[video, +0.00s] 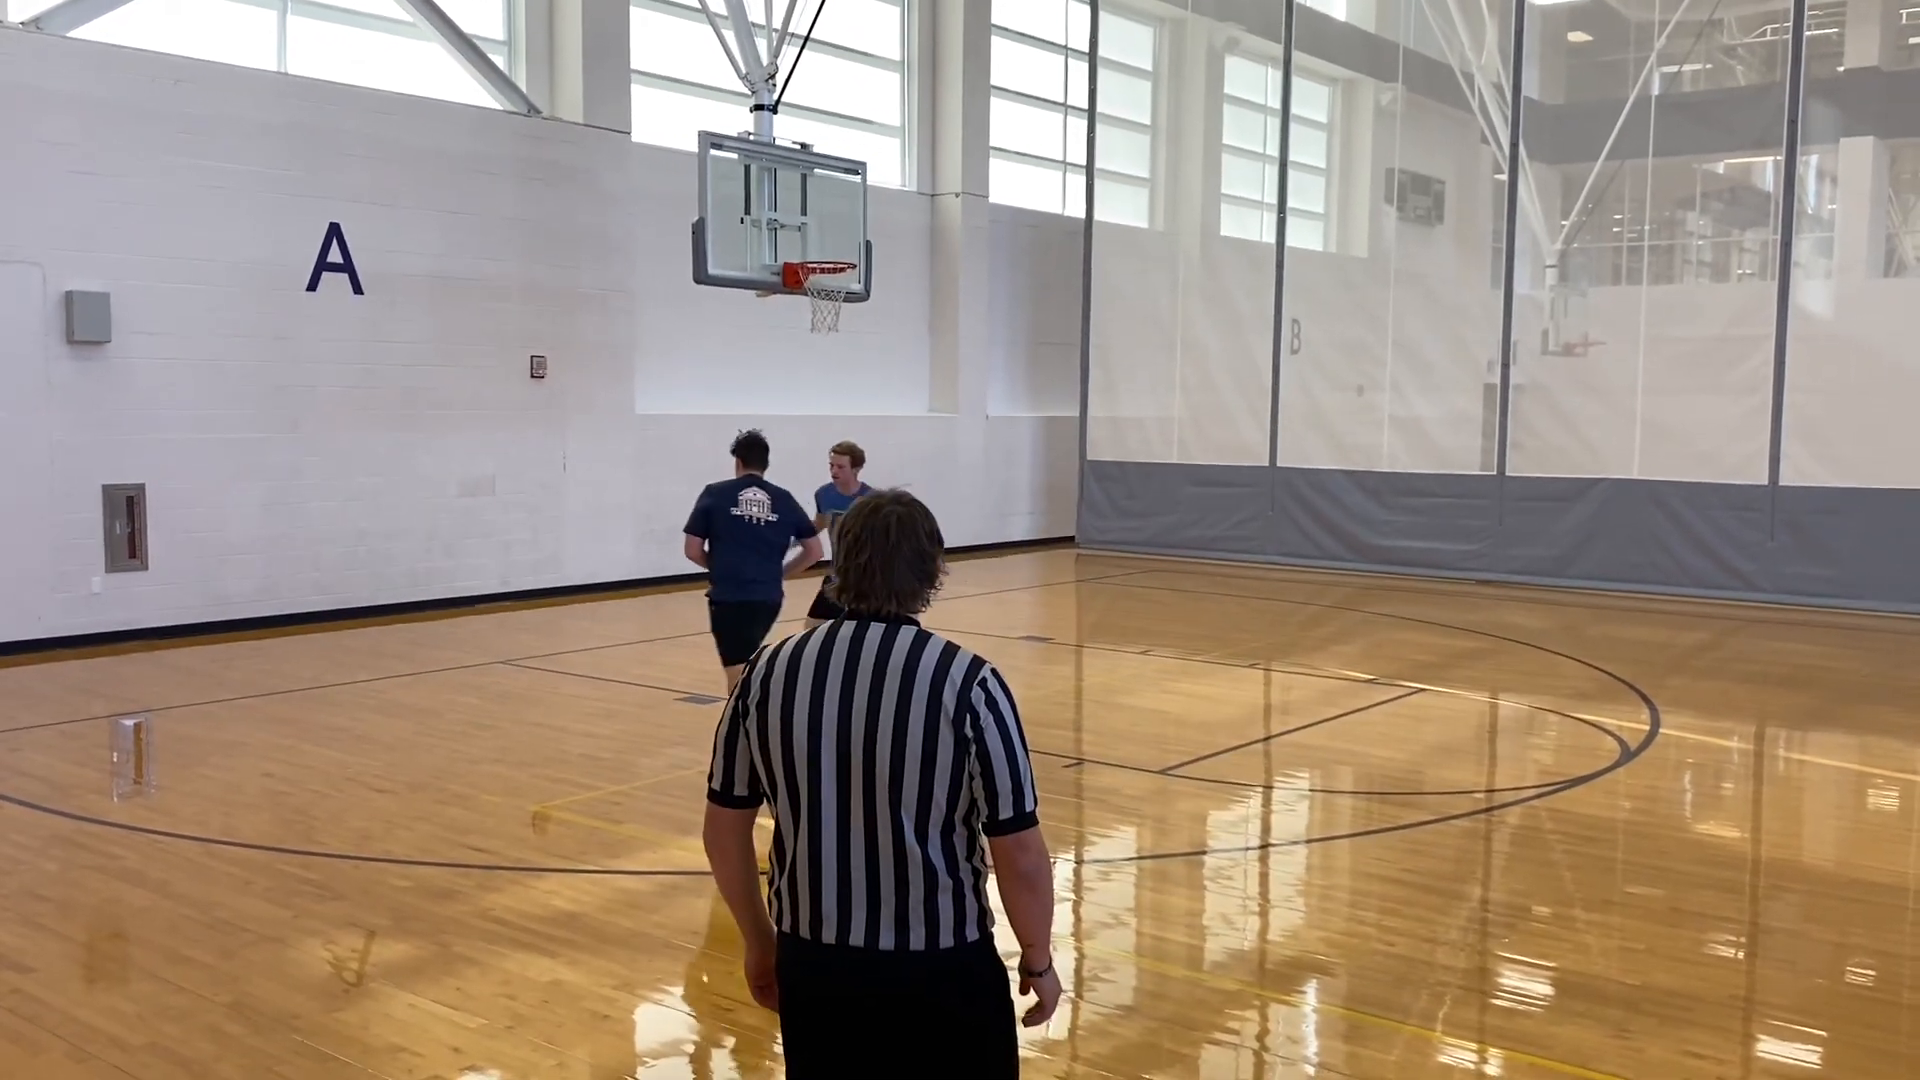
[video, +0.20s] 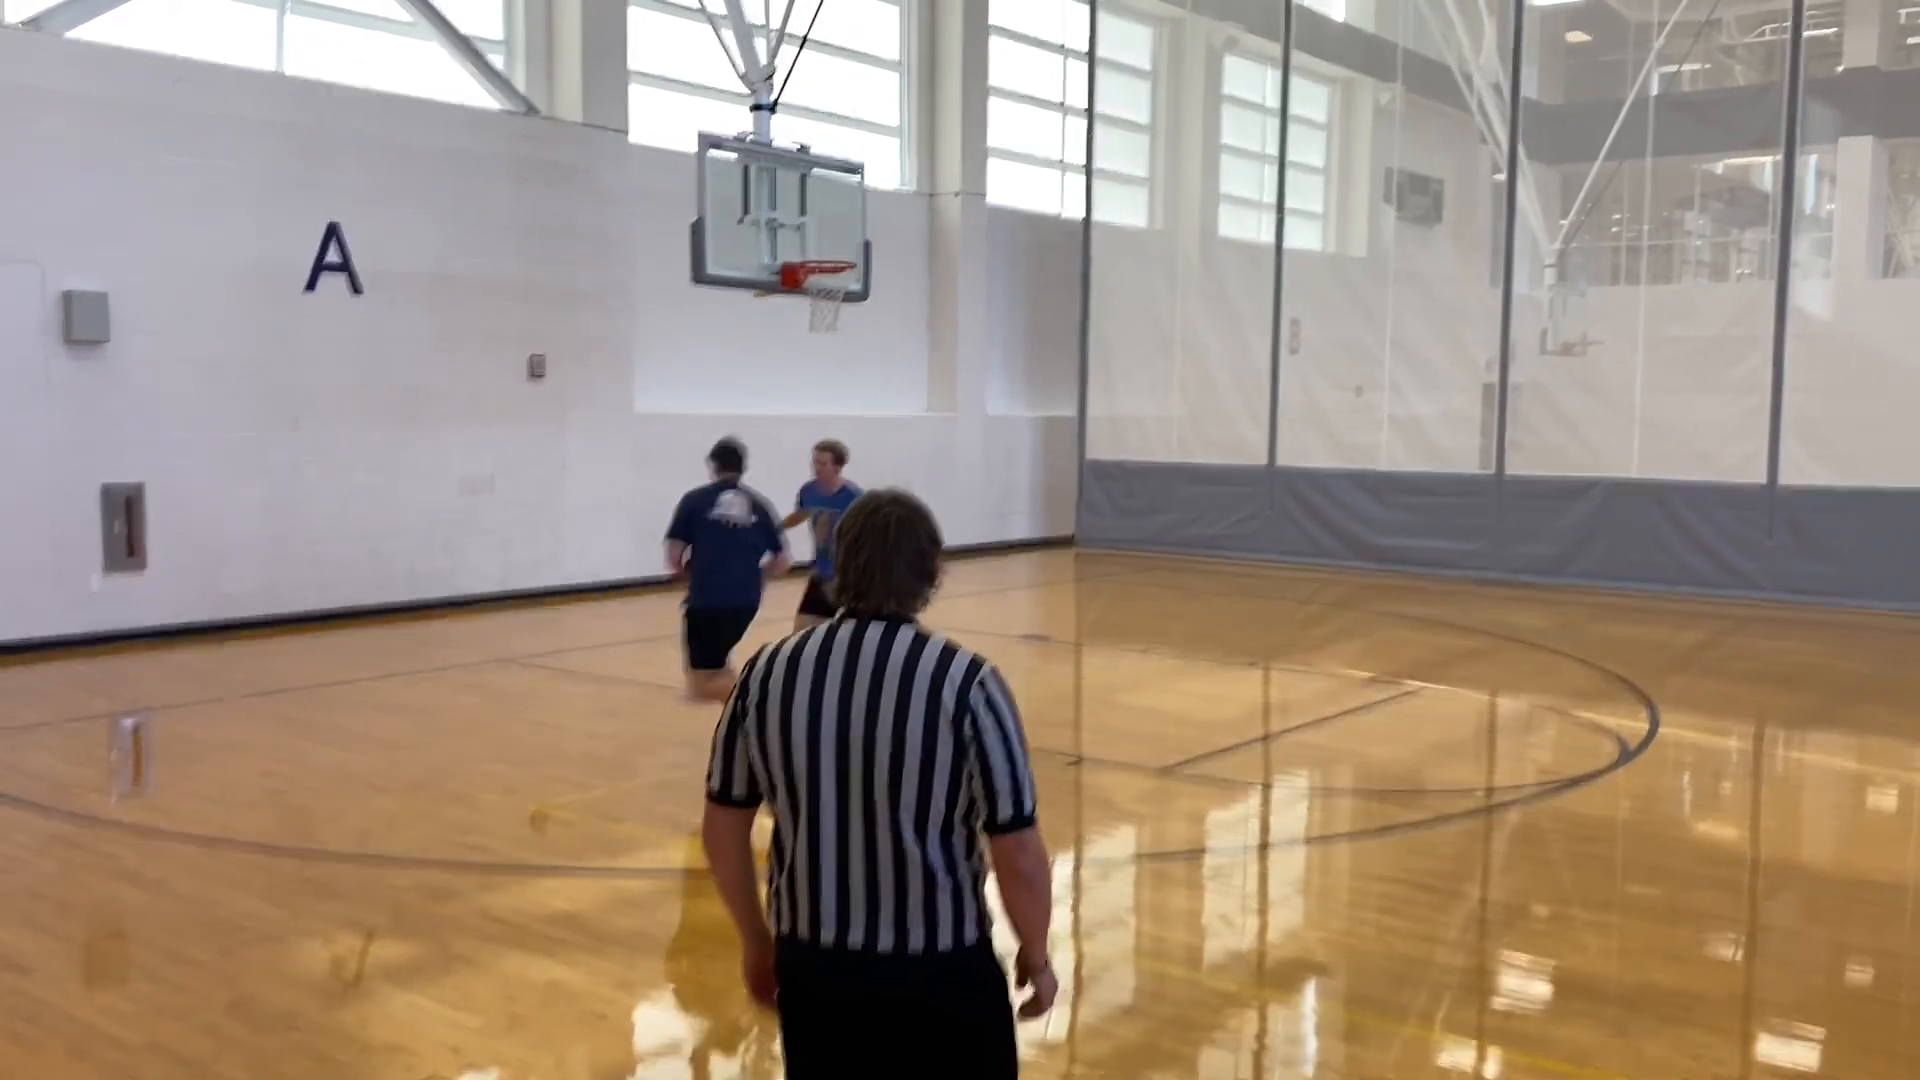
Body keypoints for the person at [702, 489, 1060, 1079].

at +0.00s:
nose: (940, 573)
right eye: (936, 561)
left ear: (841, 565)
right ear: (929, 571)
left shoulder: (768, 668)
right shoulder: (968, 681)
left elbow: (724, 828)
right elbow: (1019, 852)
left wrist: (758, 938)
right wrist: (1037, 955)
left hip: (814, 973)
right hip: (947, 977)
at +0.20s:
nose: (938, 573)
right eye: (934, 560)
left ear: (841, 566)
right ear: (929, 572)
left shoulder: (768, 670)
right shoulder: (967, 681)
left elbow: (723, 826)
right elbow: (1017, 849)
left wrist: (755, 939)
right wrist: (1035, 950)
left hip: (814, 976)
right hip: (945, 978)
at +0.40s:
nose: (938, 570)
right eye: (934, 558)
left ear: (841, 566)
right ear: (928, 569)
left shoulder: (765, 670)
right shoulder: (968, 682)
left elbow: (721, 829)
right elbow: (1018, 853)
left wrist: (754, 939)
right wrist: (1032, 949)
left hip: (812, 974)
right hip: (945, 976)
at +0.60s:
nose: (939, 570)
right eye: (935, 557)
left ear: (842, 564)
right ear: (930, 569)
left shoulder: (765, 670)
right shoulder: (969, 681)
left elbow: (721, 830)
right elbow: (1020, 854)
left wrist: (755, 939)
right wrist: (1029, 945)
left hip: (812, 973)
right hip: (946, 976)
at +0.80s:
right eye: (934, 557)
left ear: (842, 564)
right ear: (930, 569)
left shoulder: (766, 669)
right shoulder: (970, 680)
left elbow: (721, 830)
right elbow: (1020, 854)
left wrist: (755, 938)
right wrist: (1026, 940)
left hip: (813, 972)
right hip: (946, 974)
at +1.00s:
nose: (939, 570)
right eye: (935, 557)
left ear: (841, 564)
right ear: (931, 569)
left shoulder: (765, 671)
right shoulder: (970, 680)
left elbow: (721, 830)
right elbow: (1021, 853)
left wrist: (756, 937)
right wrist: (1024, 938)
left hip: (813, 973)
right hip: (947, 976)